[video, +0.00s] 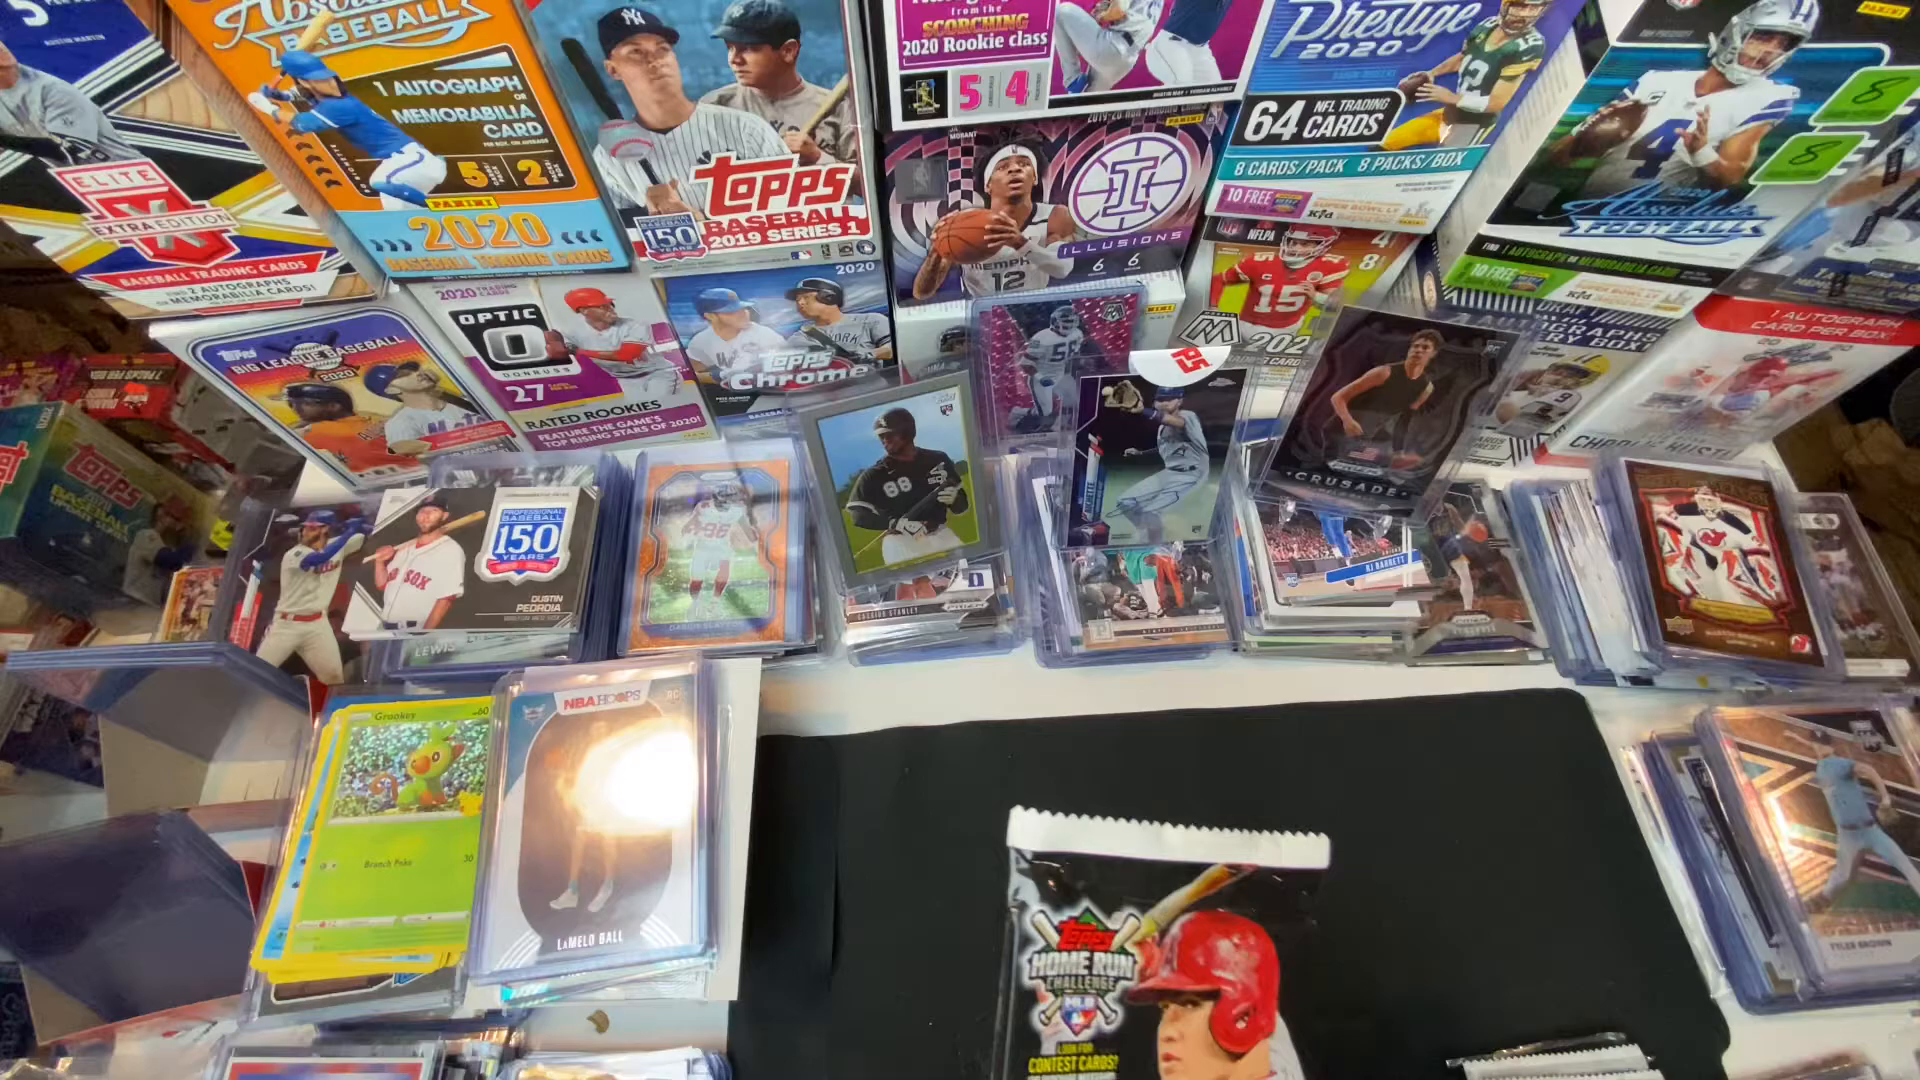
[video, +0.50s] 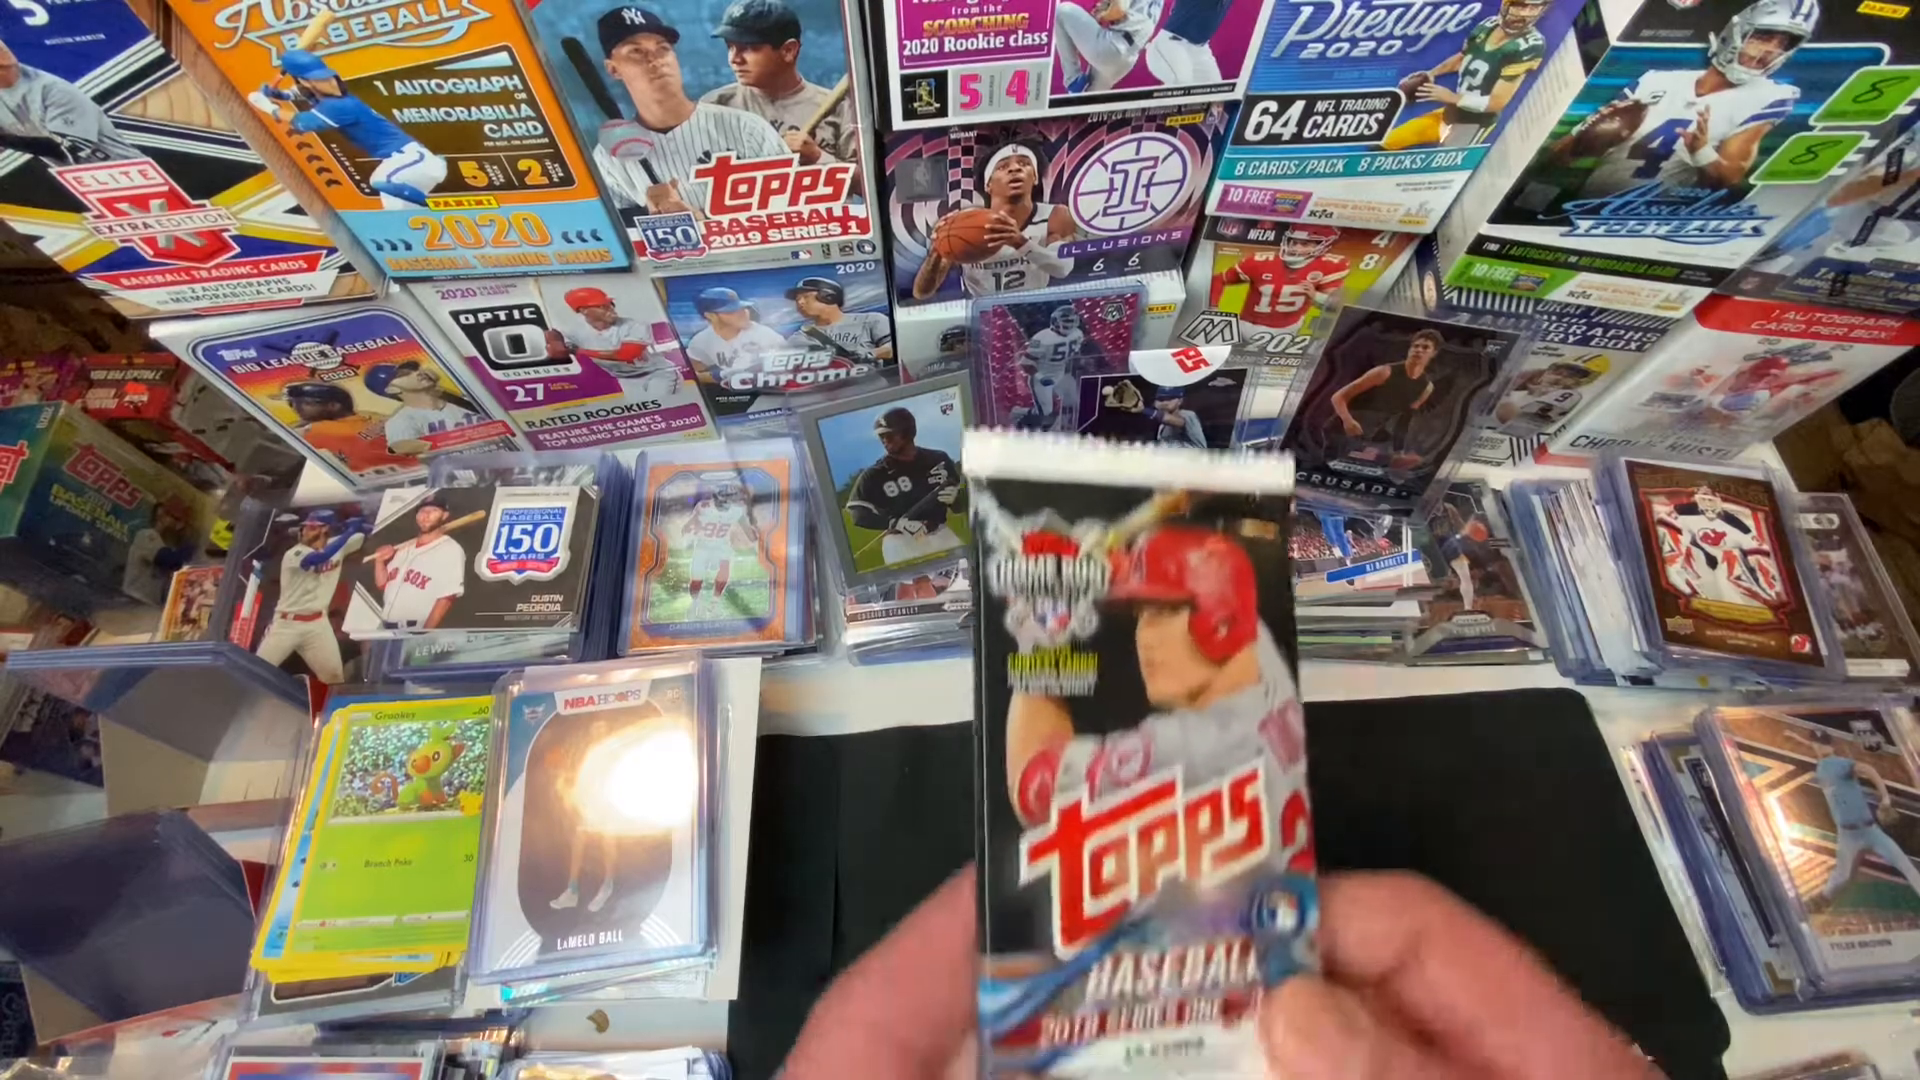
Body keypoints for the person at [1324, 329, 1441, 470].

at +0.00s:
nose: (1418, 351)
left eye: (1425, 348)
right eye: (1415, 346)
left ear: (1433, 354)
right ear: (1409, 349)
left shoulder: (1426, 389)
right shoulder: (1384, 373)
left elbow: (1404, 418)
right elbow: (1338, 397)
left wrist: (1398, 454)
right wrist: (1348, 421)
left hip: (1371, 436)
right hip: (1340, 430)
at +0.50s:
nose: (1418, 350)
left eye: (1425, 348)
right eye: (1415, 346)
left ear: (1433, 354)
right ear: (1410, 349)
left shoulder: (1426, 388)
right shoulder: (1384, 372)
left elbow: (1404, 419)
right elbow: (1338, 397)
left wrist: (1399, 453)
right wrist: (1347, 420)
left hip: (1374, 435)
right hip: (1342, 428)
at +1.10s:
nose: (1418, 350)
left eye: (1425, 347)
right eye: (1415, 346)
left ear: (1433, 354)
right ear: (1409, 349)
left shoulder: (1426, 389)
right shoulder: (1384, 373)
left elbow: (1405, 414)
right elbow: (1338, 397)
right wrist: (1348, 420)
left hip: (1390, 444)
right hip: (1362, 437)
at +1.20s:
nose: (1418, 350)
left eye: (1425, 347)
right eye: (1415, 346)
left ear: (1434, 354)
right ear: (1410, 349)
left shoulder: (1426, 388)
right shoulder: (1384, 373)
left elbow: (1404, 414)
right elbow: (1338, 397)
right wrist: (1348, 420)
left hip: (1390, 445)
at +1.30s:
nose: (1418, 350)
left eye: (1425, 347)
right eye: (1415, 346)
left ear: (1433, 354)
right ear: (1410, 349)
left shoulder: (1426, 388)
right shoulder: (1384, 373)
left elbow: (1405, 414)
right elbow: (1338, 397)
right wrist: (1348, 420)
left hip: (1392, 444)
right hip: (1364, 439)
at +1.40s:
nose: (1418, 350)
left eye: (1425, 347)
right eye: (1416, 345)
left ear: (1433, 354)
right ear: (1410, 348)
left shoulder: (1426, 389)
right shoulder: (1384, 373)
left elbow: (1405, 417)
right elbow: (1338, 397)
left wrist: (1399, 452)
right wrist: (1348, 420)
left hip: (1385, 441)